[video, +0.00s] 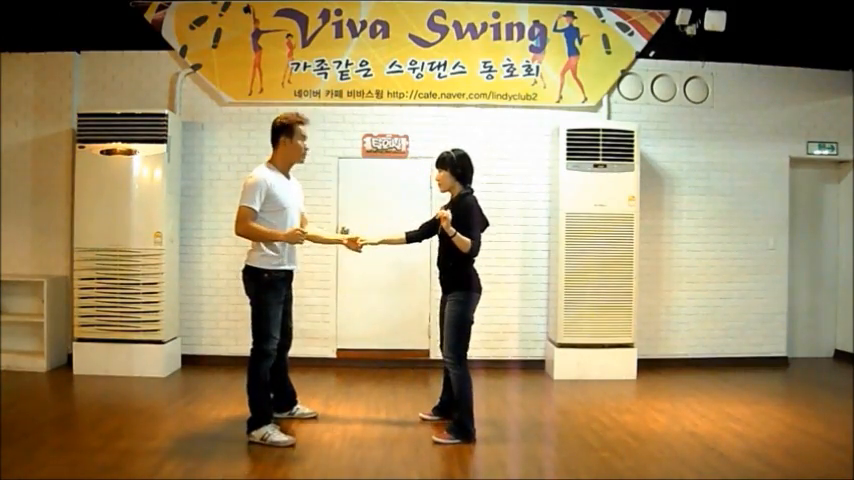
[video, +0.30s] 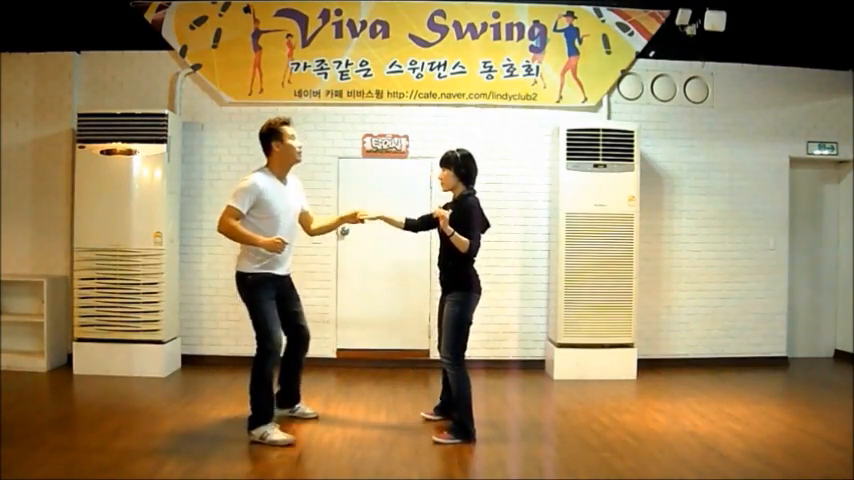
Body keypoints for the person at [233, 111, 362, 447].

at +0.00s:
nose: (307, 146)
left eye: (306, 139)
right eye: (302, 139)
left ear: (289, 143)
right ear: (283, 142)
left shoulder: (293, 185)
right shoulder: (258, 180)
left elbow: (303, 231)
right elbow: (242, 226)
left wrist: (342, 239)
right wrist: (282, 235)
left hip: (283, 273)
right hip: (263, 274)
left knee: (281, 343)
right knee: (265, 346)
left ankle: (283, 405)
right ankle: (259, 425)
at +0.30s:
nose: (299, 144)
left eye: (297, 139)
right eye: (292, 140)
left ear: (285, 147)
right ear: (273, 147)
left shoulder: (293, 184)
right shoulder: (254, 183)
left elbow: (311, 228)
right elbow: (225, 224)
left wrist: (343, 219)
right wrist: (262, 241)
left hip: (281, 275)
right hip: (254, 277)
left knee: (299, 336)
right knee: (272, 342)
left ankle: (287, 402)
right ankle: (260, 425)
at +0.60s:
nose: (278, 159)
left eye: (279, 154)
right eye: (274, 152)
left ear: (268, 157)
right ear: (253, 152)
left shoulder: (269, 196)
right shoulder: (227, 185)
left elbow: (296, 237)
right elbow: (212, 228)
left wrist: (335, 237)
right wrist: (256, 238)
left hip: (254, 283)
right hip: (226, 283)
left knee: (278, 342)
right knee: (258, 345)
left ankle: (285, 403)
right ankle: (247, 424)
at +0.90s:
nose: (244, 161)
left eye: (246, 155)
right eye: (240, 154)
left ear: (229, 156)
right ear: (219, 153)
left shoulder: (235, 195)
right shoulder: (196, 188)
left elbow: (255, 238)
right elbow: (196, 239)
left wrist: (295, 240)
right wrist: (241, 247)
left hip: (220, 283)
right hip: (199, 283)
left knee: (210, 350)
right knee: (236, 345)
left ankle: (158, 398)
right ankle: (247, 423)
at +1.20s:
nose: (232, 157)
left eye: (233, 151)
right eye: (228, 150)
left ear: (219, 151)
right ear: (208, 148)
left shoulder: (219, 190)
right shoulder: (182, 182)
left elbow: (223, 231)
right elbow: (179, 233)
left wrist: (254, 235)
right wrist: (223, 236)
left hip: (200, 277)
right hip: (177, 276)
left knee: (178, 346)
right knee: (206, 339)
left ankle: (148, 408)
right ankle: (181, 410)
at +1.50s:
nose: (247, 158)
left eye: (248, 152)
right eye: (243, 151)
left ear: (226, 153)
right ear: (224, 151)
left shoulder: (224, 189)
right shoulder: (196, 183)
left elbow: (207, 229)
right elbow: (177, 230)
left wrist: (232, 236)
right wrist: (222, 237)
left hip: (202, 280)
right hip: (178, 279)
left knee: (216, 340)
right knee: (188, 346)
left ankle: (172, 400)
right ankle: (161, 414)